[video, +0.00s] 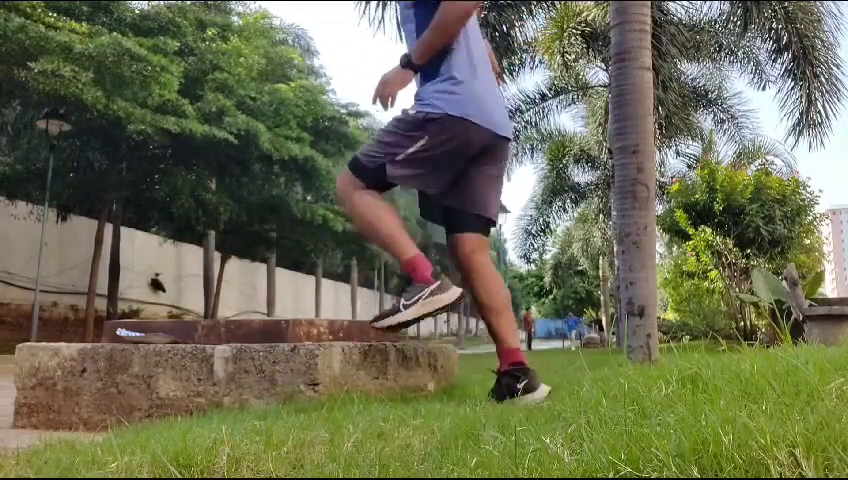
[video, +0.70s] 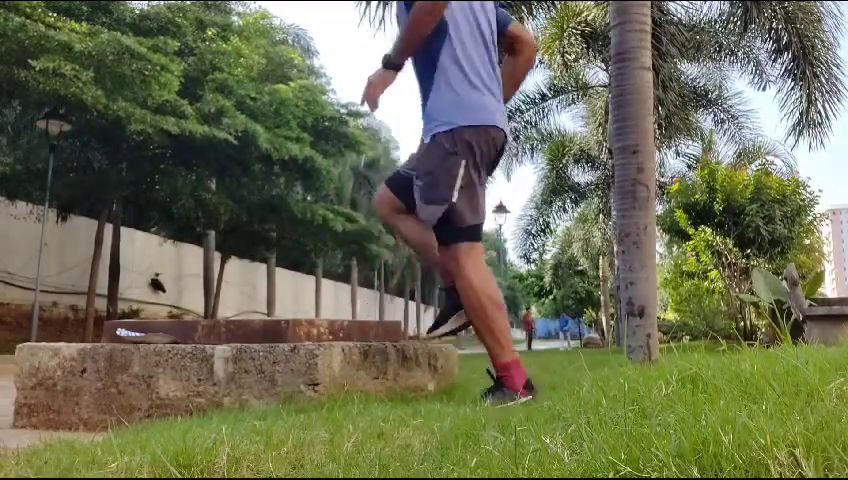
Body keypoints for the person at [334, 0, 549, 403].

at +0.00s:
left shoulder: (420, 5)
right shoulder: (457, 17)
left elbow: (466, 3)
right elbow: (491, 67)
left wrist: (407, 65)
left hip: (450, 107)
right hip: (495, 123)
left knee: (353, 186)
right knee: (471, 247)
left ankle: (423, 277)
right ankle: (514, 369)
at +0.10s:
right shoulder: (464, 4)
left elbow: (430, 1)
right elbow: (484, 36)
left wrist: (390, 41)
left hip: (436, 80)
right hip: (485, 95)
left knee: (356, 184)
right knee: (456, 224)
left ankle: (394, 300)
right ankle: (503, 342)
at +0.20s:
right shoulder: (463, 2)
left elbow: (408, 3)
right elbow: (481, 27)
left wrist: (377, 34)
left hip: (427, 73)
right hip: (473, 84)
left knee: (371, 186)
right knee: (419, 204)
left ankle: (398, 310)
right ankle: (479, 309)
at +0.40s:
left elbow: (375, 9)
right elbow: (491, 4)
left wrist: (365, 12)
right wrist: (461, 36)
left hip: (431, 53)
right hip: (474, 67)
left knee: (395, 177)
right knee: (422, 188)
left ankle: (437, 303)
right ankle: (426, 304)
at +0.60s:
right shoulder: (476, 4)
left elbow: (379, 24)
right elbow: (518, 9)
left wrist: (376, 27)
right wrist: (479, 48)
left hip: (452, 79)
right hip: (486, 85)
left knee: (444, 220)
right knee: (393, 183)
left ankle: (481, 354)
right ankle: (433, 284)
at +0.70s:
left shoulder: (419, 5)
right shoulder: (484, 6)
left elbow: (431, 7)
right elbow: (525, 46)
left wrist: (389, 67)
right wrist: (491, 103)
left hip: (457, 125)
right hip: (490, 126)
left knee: (462, 261)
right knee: (389, 202)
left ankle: (514, 381)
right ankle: (457, 285)